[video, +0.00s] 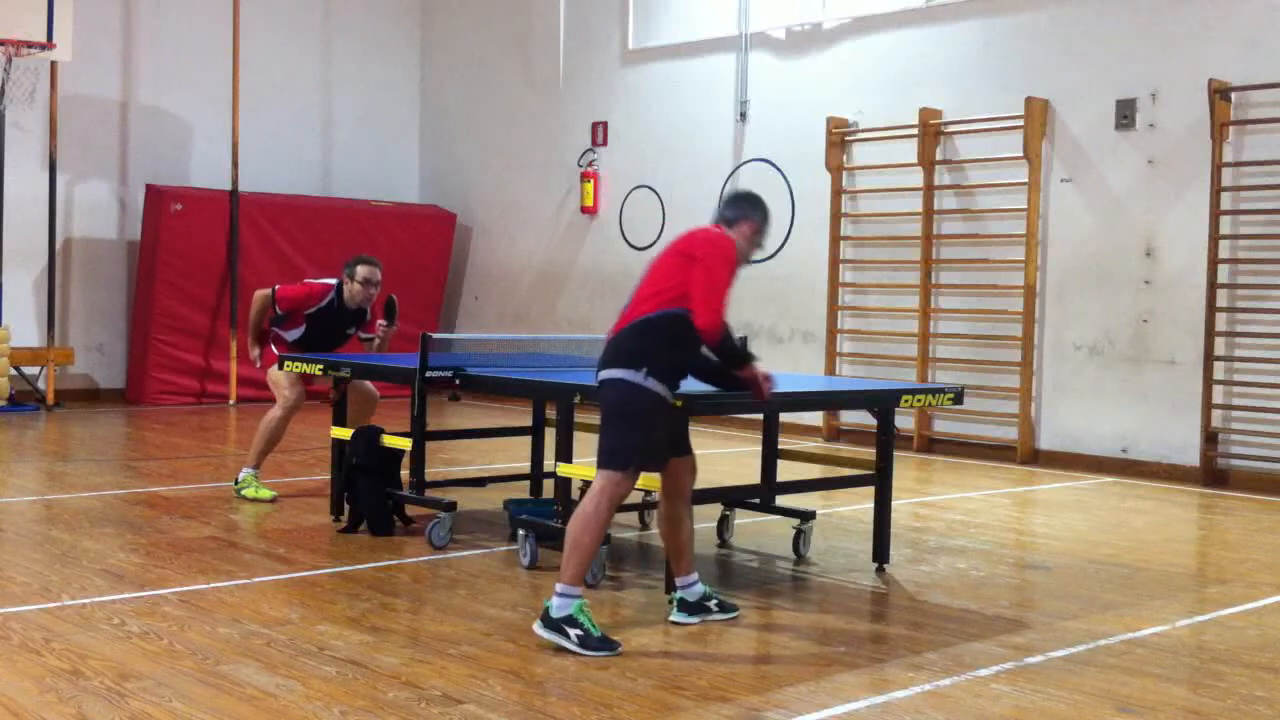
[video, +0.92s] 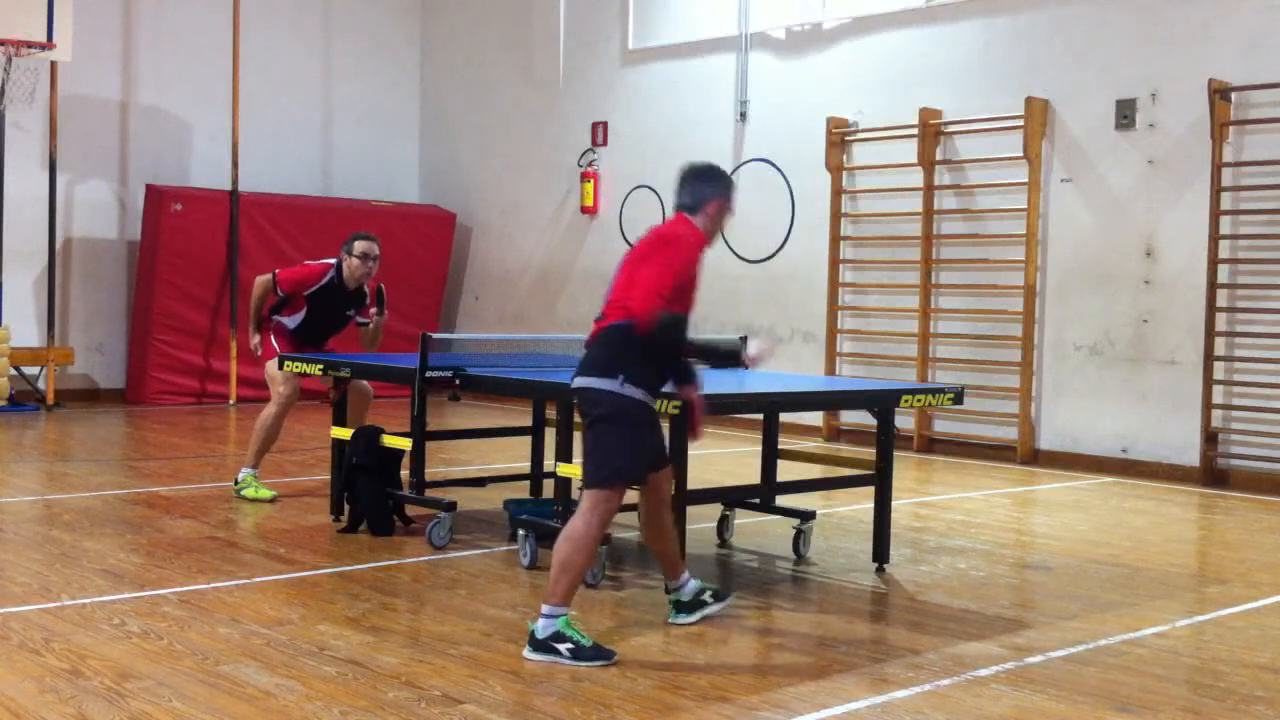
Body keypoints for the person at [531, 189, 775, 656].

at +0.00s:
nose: (754, 250)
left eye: (758, 242)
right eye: (757, 239)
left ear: (729, 221)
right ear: (745, 226)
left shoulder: (696, 249)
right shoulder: (716, 243)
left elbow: (684, 350)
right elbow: (708, 323)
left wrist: (743, 381)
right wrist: (744, 364)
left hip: (653, 378)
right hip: (636, 368)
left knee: (679, 472)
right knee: (612, 483)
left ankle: (687, 593)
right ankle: (561, 608)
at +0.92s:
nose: (726, 218)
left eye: (726, 210)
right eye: (727, 209)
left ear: (687, 200)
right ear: (716, 206)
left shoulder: (666, 238)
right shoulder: (682, 239)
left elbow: (662, 335)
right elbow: (650, 314)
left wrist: (733, 352)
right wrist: (685, 382)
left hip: (619, 385)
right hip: (615, 385)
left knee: (657, 482)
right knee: (600, 502)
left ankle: (682, 590)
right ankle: (549, 625)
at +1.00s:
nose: (715, 209)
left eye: (717, 199)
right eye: (716, 198)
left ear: (675, 190)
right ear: (702, 195)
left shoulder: (663, 232)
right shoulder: (660, 230)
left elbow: (656, 325)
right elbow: (617, 296)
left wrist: (736, 318)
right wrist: (659, 364)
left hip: (622, 387)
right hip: (605, 386)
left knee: (655, 479)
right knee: (592, 504)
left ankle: (673, 592)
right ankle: (547, 625)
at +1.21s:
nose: (709, 196)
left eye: (709, 186)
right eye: (707, 185)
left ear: (672, 180)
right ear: (690, 183)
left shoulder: (657, 228)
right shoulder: (640, 220)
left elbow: (675, 302)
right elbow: (608, 284)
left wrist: (736, 272)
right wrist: (672, 312)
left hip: (627, 388)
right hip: (601, 386)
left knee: (655, 479)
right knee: (588, 501)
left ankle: (649, 602)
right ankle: (547, 626)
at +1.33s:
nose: (718, 204)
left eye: (718, 194)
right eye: (718, 193)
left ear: (681, 183)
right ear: (702, 188)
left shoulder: (667, 230)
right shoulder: (653, 221)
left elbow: (667, 304)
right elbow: (633, 282)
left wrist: (722, 292)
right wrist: (713, 283)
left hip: (632, 389)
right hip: (604, 386)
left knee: (656, 480)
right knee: (595, 498)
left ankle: (649, 603)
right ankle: (547, 626)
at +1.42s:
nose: (728, 217)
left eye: (731, 207)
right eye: (729, 205)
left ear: (694, 190)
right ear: (713, 196)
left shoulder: (663, 224)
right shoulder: (673, 222)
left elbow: (628, 301)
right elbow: (670, 286)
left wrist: (690, 309)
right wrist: (752, 273)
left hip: (628, 387)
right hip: (610, 386)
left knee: (656, 483)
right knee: (602, 500)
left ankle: (653, 604)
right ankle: (548, 625)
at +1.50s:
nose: (735, 230)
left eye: (737, 221)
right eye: (737, 219)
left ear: (696, 202)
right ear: (724, 208)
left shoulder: (648, 235)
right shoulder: (696, 237)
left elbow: (590, 305)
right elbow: (716, 306)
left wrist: (654, 323)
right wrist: (784, 292)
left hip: (611, 387)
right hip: (620, 391)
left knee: (655, 480)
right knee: (612, 502)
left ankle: (663, 605)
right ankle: (549, 623)